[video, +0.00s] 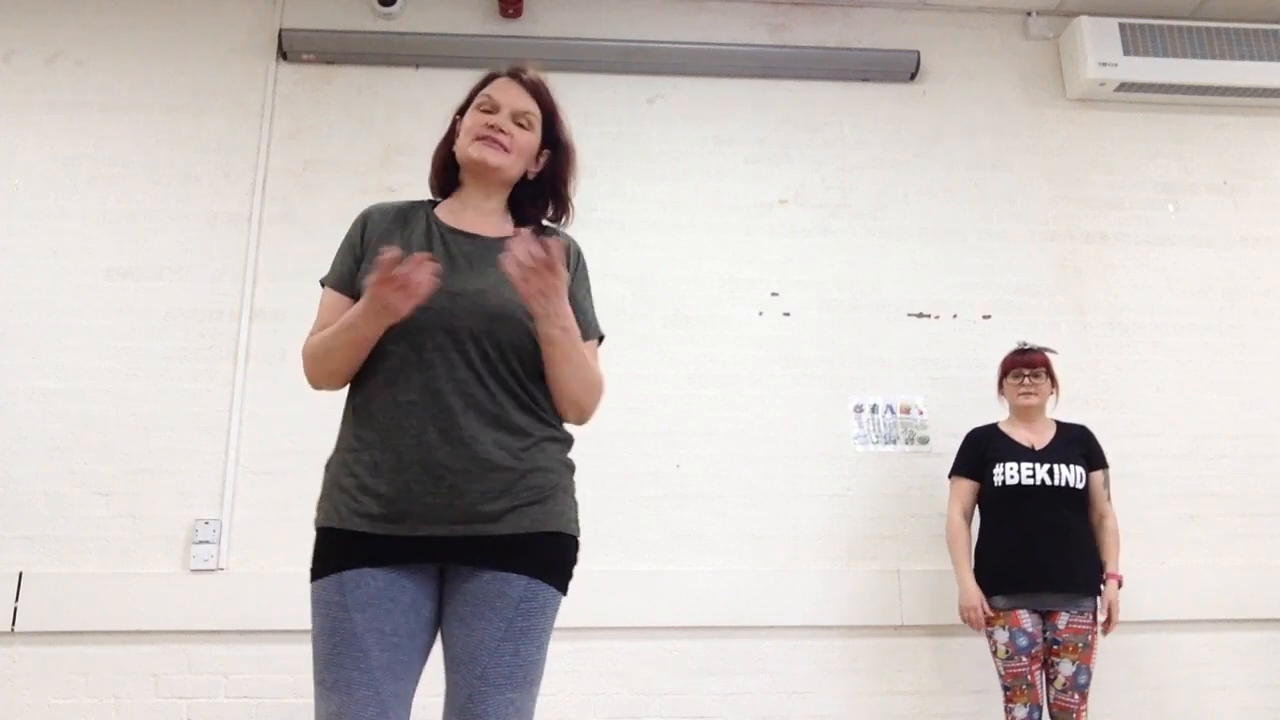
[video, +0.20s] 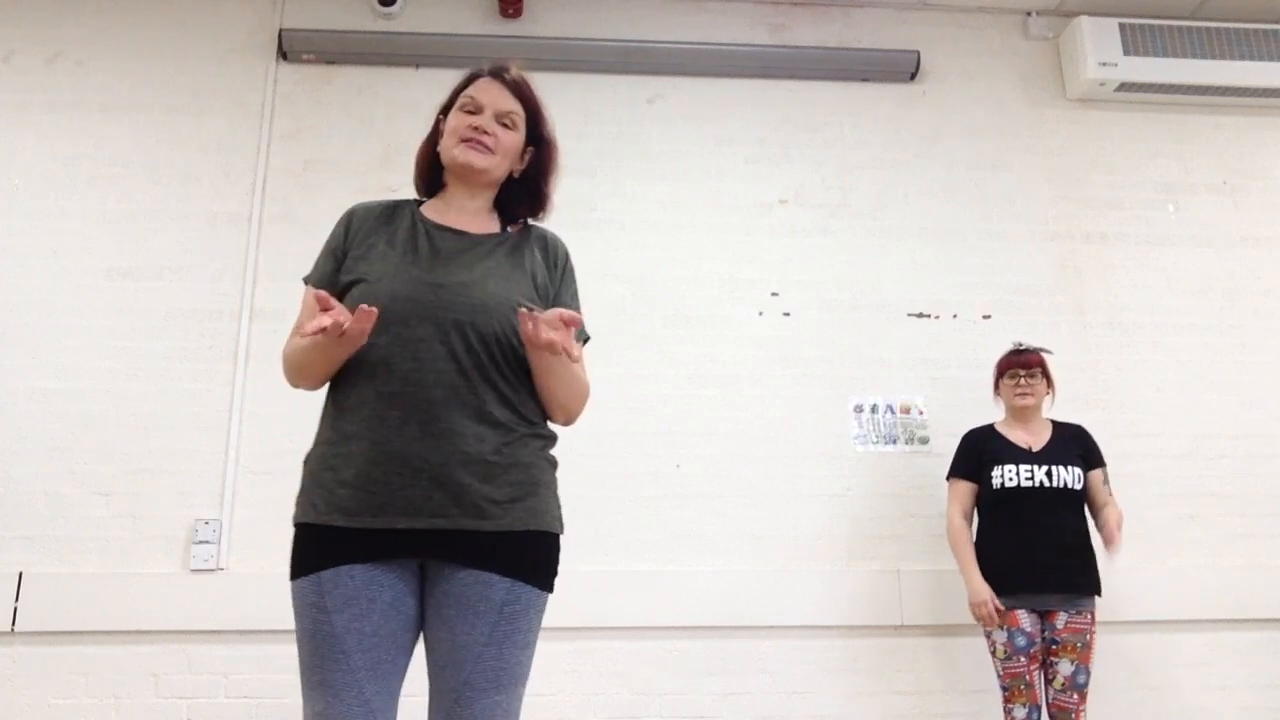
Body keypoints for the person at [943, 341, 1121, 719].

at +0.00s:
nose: (1027, 382)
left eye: (1037, 375)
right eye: (1017, 376)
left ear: (1052, 386)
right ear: (1002, 387)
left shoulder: (1080, 439)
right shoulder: (981, 441)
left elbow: (1103, 516)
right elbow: (958, 516)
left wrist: (1112, 579)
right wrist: (966, 584)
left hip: (1075, 598)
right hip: (1007, 599)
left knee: (1070, 709)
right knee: (1023, 710)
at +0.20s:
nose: (1023, 383)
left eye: (1032, 376)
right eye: (1013, 377)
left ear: (1048, 387)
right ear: (998, 388)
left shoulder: (1076, 438)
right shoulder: (978, 443)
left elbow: (1102, 501)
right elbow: (957, 517)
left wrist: (1110, 523)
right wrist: (975, 584)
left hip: (1073, 596)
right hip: (1007, 598)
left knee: (1069, 708)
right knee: (1022, 709)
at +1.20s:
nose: (1015, 381)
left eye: (1025, 374)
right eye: (1006, 376)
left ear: (1044, 385)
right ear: (995, 388)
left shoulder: (1075, 436)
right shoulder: (975, 441)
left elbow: (1105, 500)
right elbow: (953, 516)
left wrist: (1111, 534)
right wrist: (967, 581)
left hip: (1071, 595)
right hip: (1005, 597)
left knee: (1068, 708)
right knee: (1021, 709)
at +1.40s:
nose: (1016, 382)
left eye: (1026, 374)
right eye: (1007, 376)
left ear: (1044, 384)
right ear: (994, 387)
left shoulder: (1074, 437)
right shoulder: (975, 441)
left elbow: (1104, 512)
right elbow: (953, 516)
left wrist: (1114, 581)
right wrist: (969, 582)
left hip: (1074, 598)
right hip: (1006, 599)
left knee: (1069, 709)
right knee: (1023, 710)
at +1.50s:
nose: (1018, 381)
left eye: (1027, 374)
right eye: (1008, 375)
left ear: (1045, 385)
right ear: (995, 387)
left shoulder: (1074, 436)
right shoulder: (975, 441)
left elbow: (1106, 511)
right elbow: (953, 516)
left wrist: (1116, 579)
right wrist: (969, 583)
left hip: (1075, 598)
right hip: (1007, 600)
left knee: (1070, 709)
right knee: (1024, 710)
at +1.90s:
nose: (1023, 384)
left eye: (1033, 377)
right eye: (1013, 377)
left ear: (1048, 386)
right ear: (997, 387)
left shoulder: (1075, 437)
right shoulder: (977, 441)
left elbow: (1106, 509)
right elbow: (954, 515)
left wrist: (1119, 568)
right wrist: (969, 581)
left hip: (1076, 595)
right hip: (1009, 597)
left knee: (1074, 709)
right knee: (1030, 709)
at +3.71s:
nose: (1024, 384)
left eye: (1034, 377)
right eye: (1014, 377)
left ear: (1047, 387)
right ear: (998, 386)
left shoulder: (1075, 436)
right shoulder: (976, 441)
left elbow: (1115, 508)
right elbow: (955, 510)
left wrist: (1085, 506)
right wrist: (1022, 510)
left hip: (1072, 593)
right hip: (1004, 595)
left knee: (1069, 707)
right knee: (1023, 708)